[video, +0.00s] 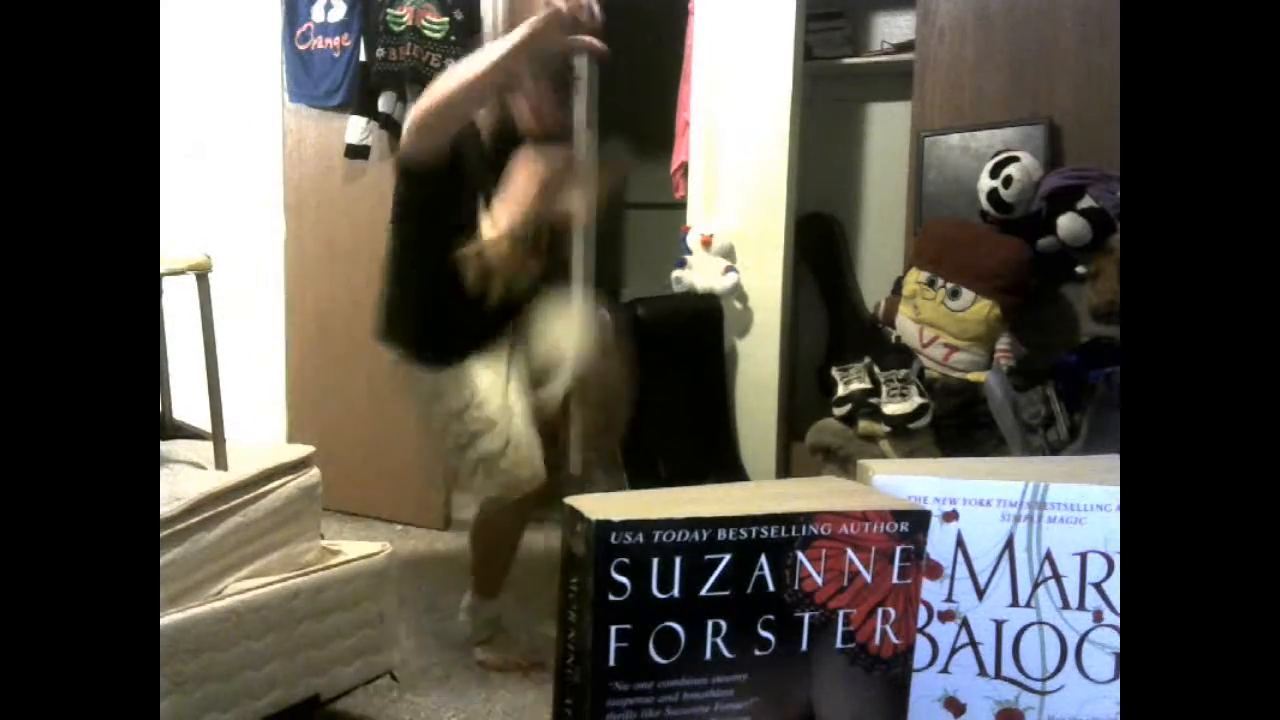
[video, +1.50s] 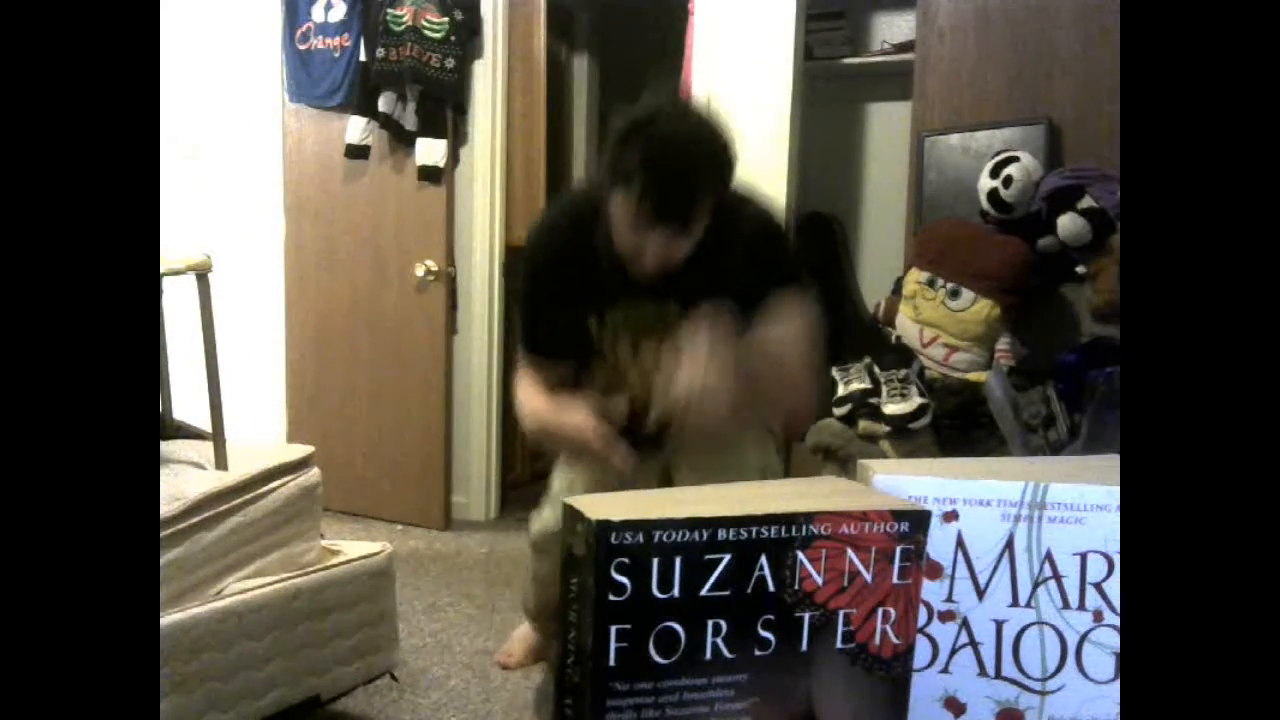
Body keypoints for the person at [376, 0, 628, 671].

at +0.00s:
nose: (560, 99)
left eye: (566, 85)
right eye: (549, 82)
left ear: (568, 88)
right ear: (511, 76)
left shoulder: (530, 144)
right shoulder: (439, 146)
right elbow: (425, 120)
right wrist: (525, 35)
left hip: (522, 309)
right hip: (448, 339)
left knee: (590, 345)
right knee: (517, 480)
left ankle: (587, 474)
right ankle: (482, 619)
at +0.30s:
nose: (503, 28)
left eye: (515, 13)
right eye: (488, 13)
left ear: (537, 11)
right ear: (463, 12)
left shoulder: (568, 68)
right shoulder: (435, 82)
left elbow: (676, 73)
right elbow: (475, 158)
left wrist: (596, 32)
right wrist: (586, 132)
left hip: (585, 261)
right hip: (503, 283)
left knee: (552, 159)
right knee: (518, 477)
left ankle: (619, 328)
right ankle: (556, 606)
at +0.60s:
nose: (510, 54)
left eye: (524, 38)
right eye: (495, 39)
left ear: (544, 40)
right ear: (470, 42)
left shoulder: (573, 112)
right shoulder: (460, 134)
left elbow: (639, 181)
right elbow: (444, 227)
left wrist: (597, 222)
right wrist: (419, 236)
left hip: (611, 293)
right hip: (520, 315)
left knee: (581, 289)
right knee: (492, 496)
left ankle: (588, 475)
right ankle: (559, 607)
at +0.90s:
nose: (539, 41)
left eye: (558, 26)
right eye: (527, 22)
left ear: (591, 24)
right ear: (506, 21)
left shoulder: (637, 71)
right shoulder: (492, 102)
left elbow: (685, 9)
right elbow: (439, 116)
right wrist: (414, 97)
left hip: (646, 295)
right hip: (547, 327)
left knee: (619, 422)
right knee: (517, 507)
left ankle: (706, 576)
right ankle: (565, 613)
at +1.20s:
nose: (625, 247)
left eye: (644, 229)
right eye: (611, 225)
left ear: (676, 211)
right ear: (587, 201)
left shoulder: (718, 254)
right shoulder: (551, 256)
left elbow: (722, 428)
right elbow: (536, 401)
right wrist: (567, 421)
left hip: (695, 438)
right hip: (599, 448)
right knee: (547, 551)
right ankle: (539, 632)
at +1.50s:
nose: (653, 254)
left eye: (675, 238)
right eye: (639, 230)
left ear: (707, 213)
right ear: (613, 196)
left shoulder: (749, 237)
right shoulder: (562, 239)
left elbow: (793, 387)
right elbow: (533, 391)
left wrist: (724, 370)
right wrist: (575, 423)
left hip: (712, 409)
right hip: (602, 408)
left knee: (738, 512)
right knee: (559, 528)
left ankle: (738, 635)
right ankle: (544, 621)